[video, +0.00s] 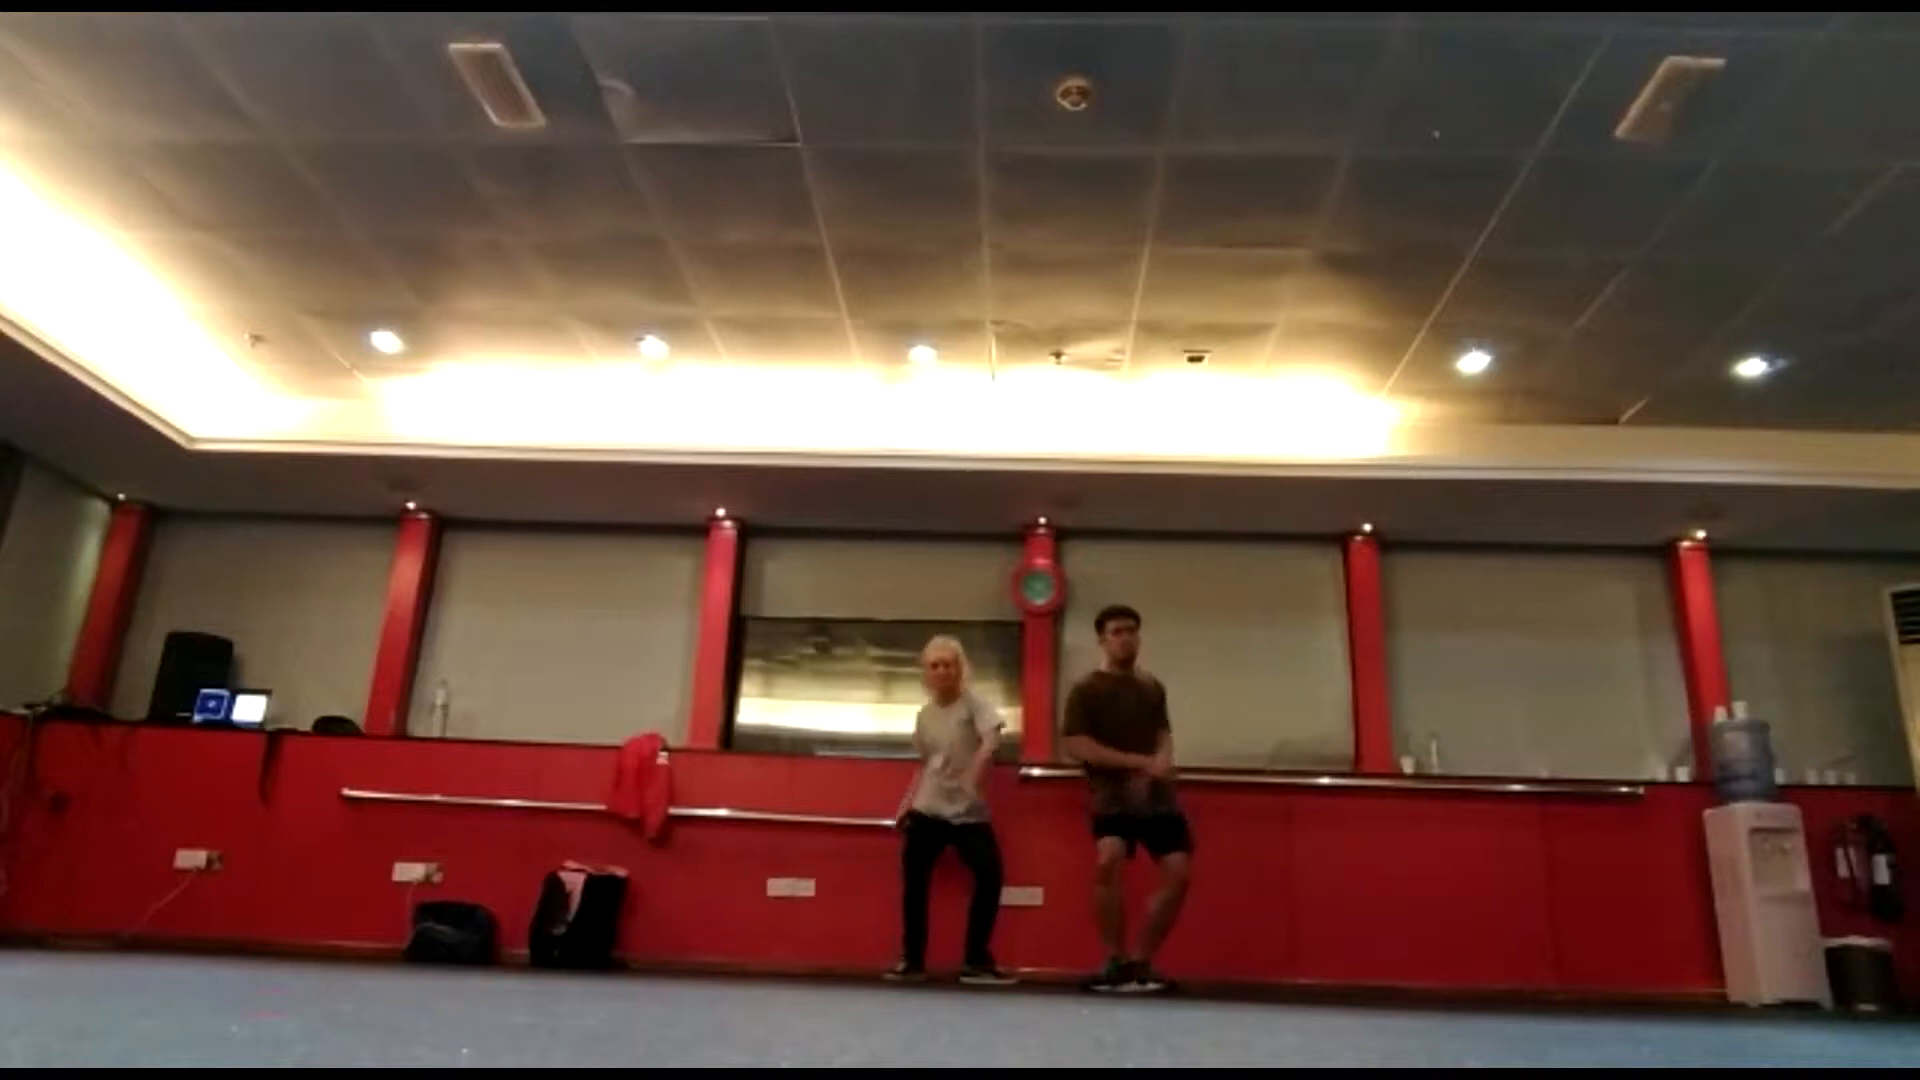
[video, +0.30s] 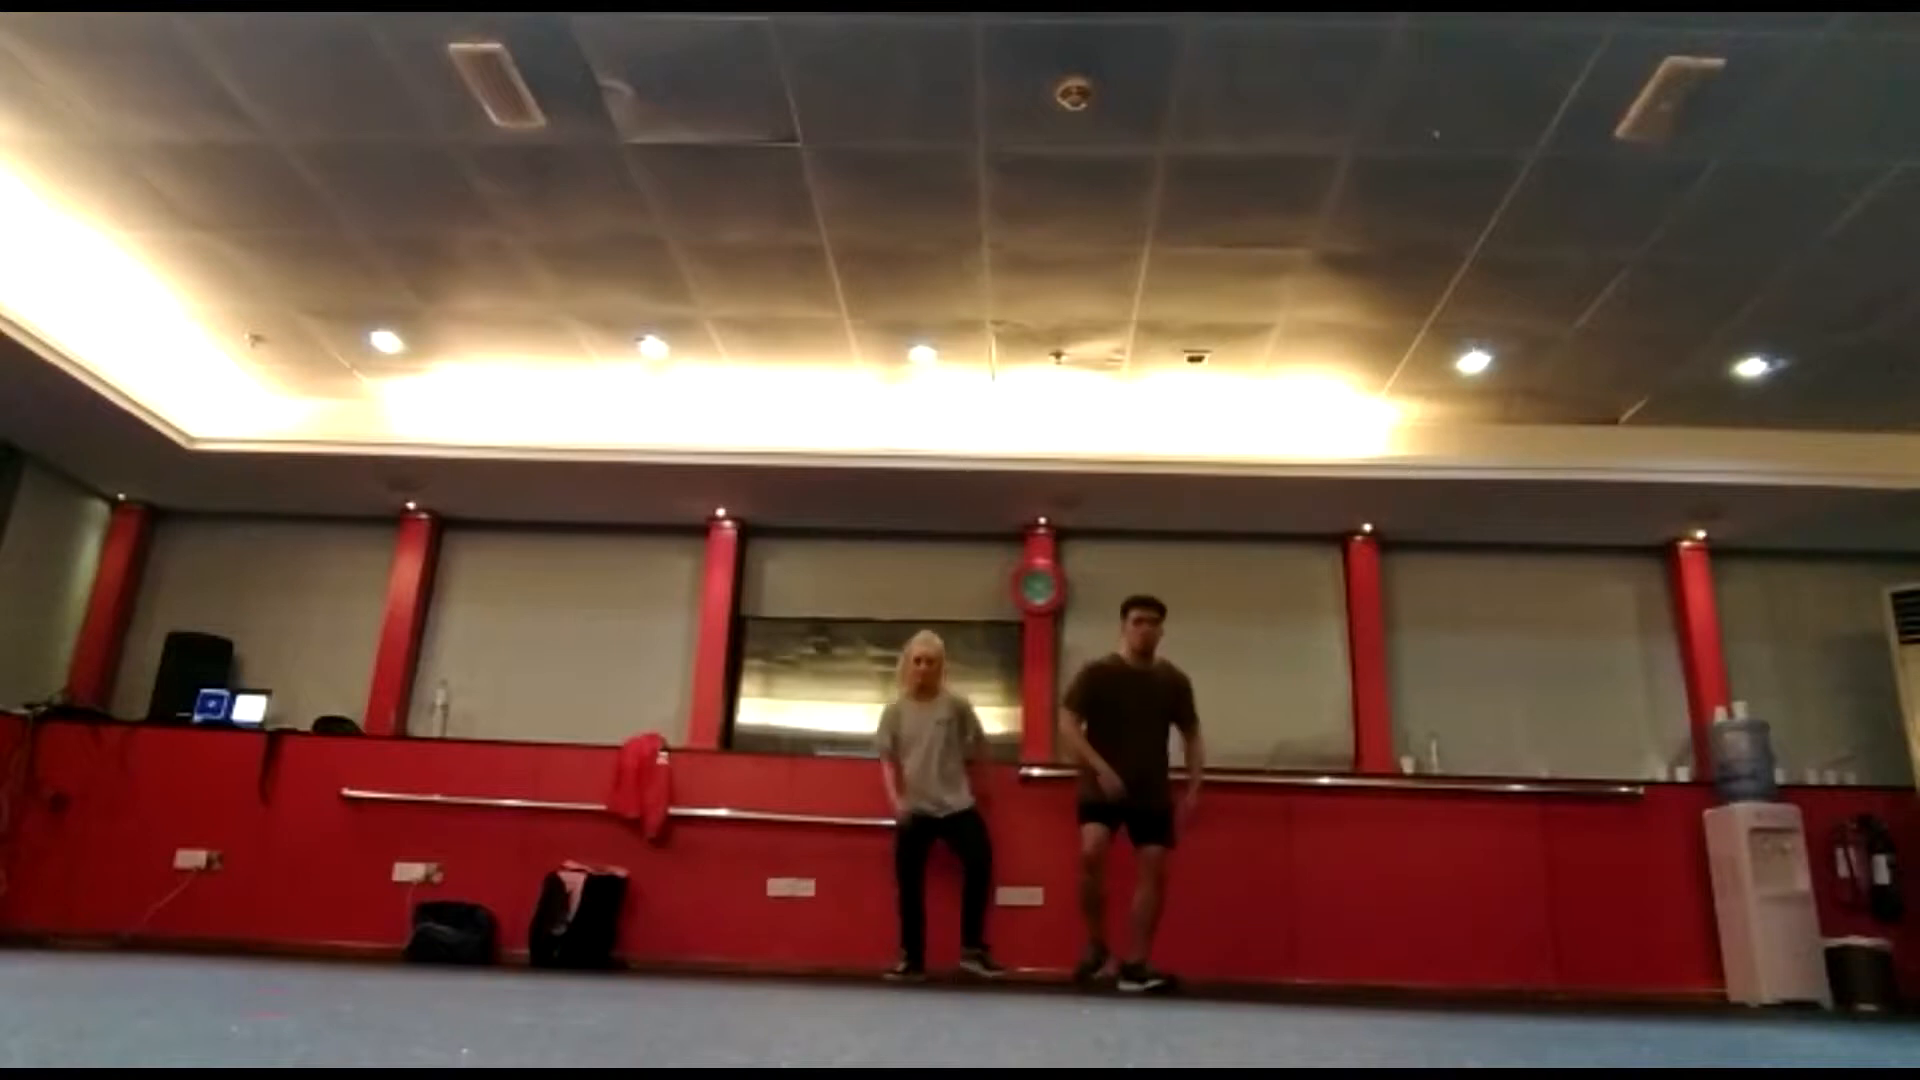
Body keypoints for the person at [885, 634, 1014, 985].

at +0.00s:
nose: (940, 672)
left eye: (946, 665)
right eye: (933, 666)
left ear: (960, 668)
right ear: (924, 671)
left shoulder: (974, 703)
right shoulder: (926, 714)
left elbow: (992, 738)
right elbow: (925, 763)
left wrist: (973, 777)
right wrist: (907, 803)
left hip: (967, 817)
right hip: (927, 815)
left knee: (990, 879)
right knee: (914, 885)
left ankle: (977, 961)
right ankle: (912, 959)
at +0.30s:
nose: (923, 667)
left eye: (930, 661)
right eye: (917, 660)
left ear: (941, 666)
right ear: (906, 664)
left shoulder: (957, 707)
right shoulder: (896, 711)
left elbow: (978, 753)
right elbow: (888, 758)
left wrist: (979, 795)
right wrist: (896, 799)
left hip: (958, 808)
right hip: (915, 808)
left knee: (980, 866)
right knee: (909, 881)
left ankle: (973, 949)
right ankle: (911, 957)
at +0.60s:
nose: (944, 672)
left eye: (952, 665)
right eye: (938, 663)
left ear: (961, 670)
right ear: (925, 663)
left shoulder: (964, 711)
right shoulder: (905, 703)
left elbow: (973, 759)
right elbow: (889, 749)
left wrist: (979, 797)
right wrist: (899, 798)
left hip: (955, 812)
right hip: (916, 811)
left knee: (941, 889)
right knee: (914, 887)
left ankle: (938, 957)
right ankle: (912, 956)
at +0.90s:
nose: (937, 667)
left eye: (943, 659)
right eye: (930, 660)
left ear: (956, 661)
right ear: (921, 663)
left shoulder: (971, 708)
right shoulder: (910, 697)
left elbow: (980, 757)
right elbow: (894, 731)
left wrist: (963, 793)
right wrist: (900, 771)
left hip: (953, 801)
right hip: (917, 791)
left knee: (943, 884)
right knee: (919, 809)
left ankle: (937, 957)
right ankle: (913, 861)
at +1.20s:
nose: (909, 687)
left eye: (917, 679)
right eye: (902, 679)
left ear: (930, 681)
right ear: (894, 683)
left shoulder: (948, 713)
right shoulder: (893, 723)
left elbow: (981, 745)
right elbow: (897, 769)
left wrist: (957, 795)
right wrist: (901, 808)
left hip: (955, 818)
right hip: (918, 814)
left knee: (944, 892)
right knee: (913, 887)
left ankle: (939, 958)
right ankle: (910, 953)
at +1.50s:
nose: (922, 642)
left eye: (929, 634)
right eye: (915, 634)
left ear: (940, 635)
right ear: (903, 635)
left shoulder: (955, 672)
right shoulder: (896, 671)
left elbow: (972, 717)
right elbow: (873, 701)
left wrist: (968, 752)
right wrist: (895, 659)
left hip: (947, 787)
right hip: (903, 786)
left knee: (942, 869)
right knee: (907, 877)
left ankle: (950, 905)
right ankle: (909, 955)